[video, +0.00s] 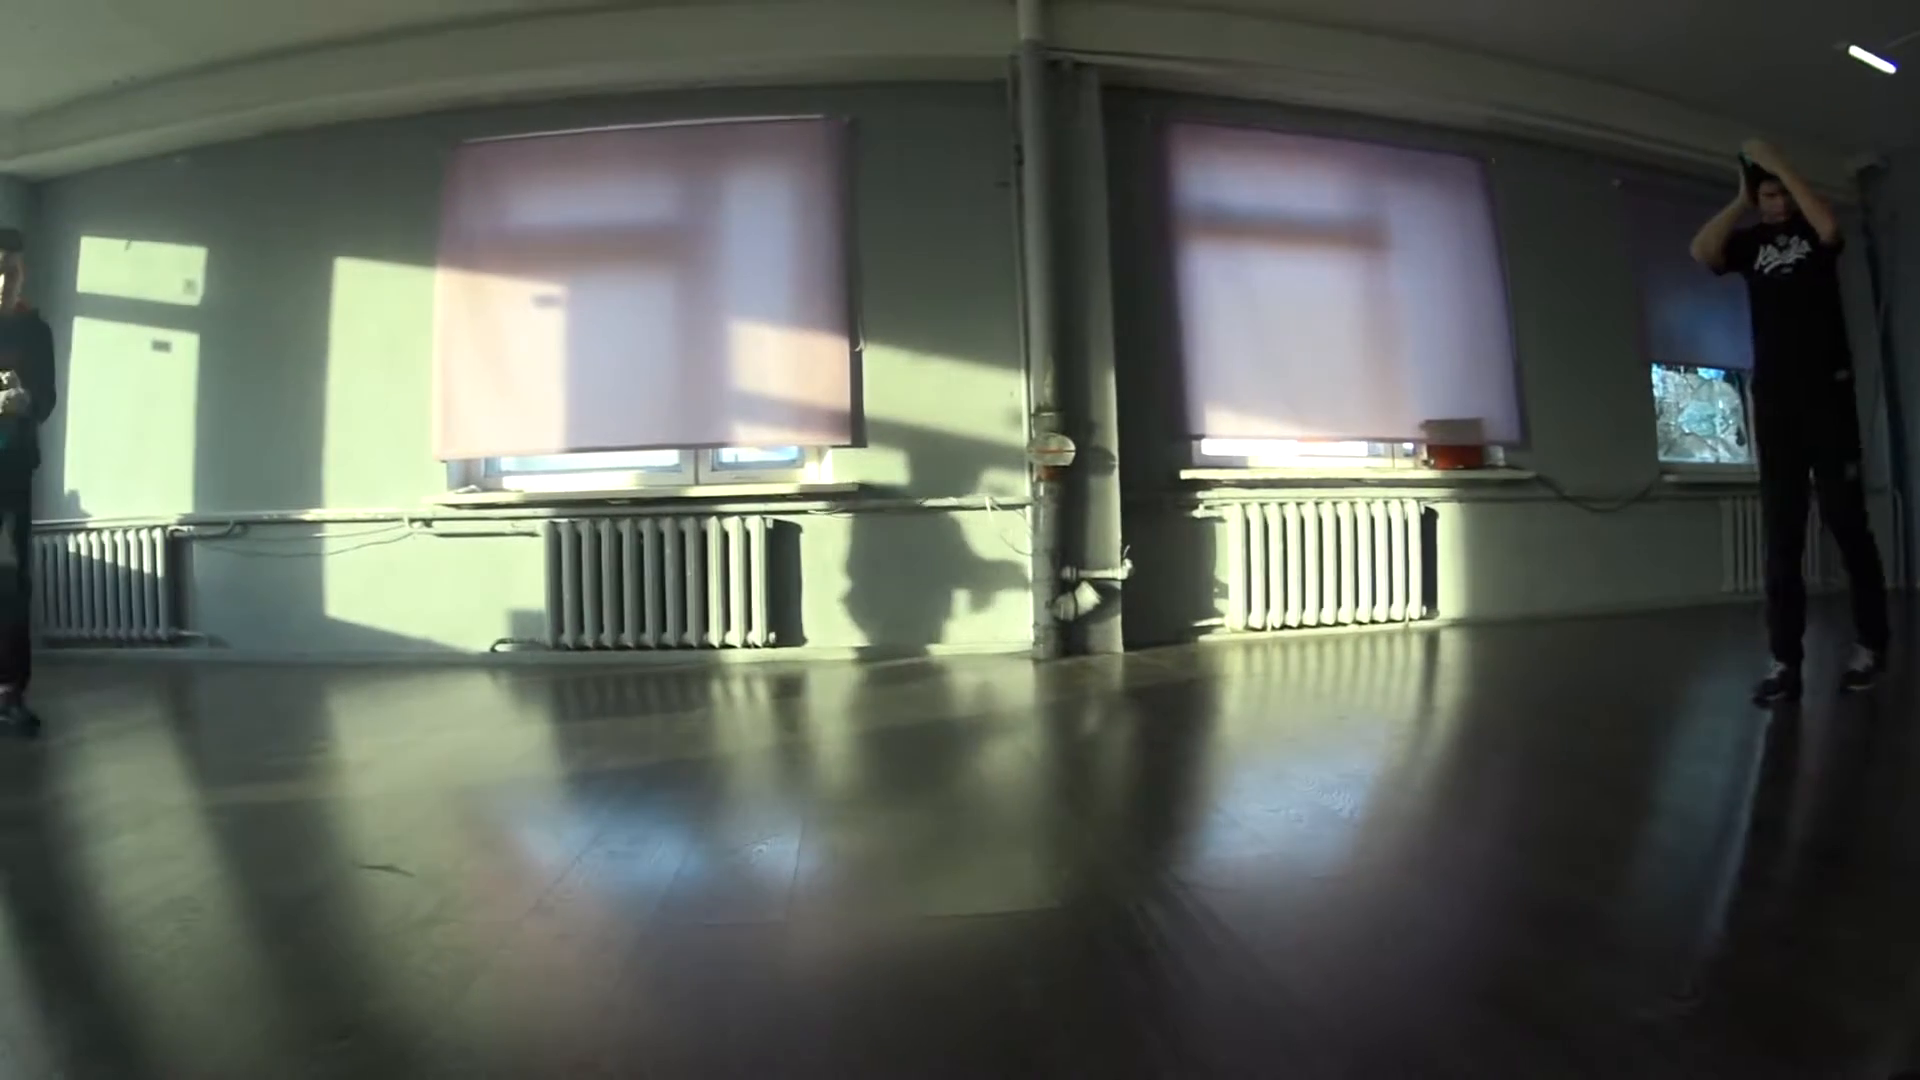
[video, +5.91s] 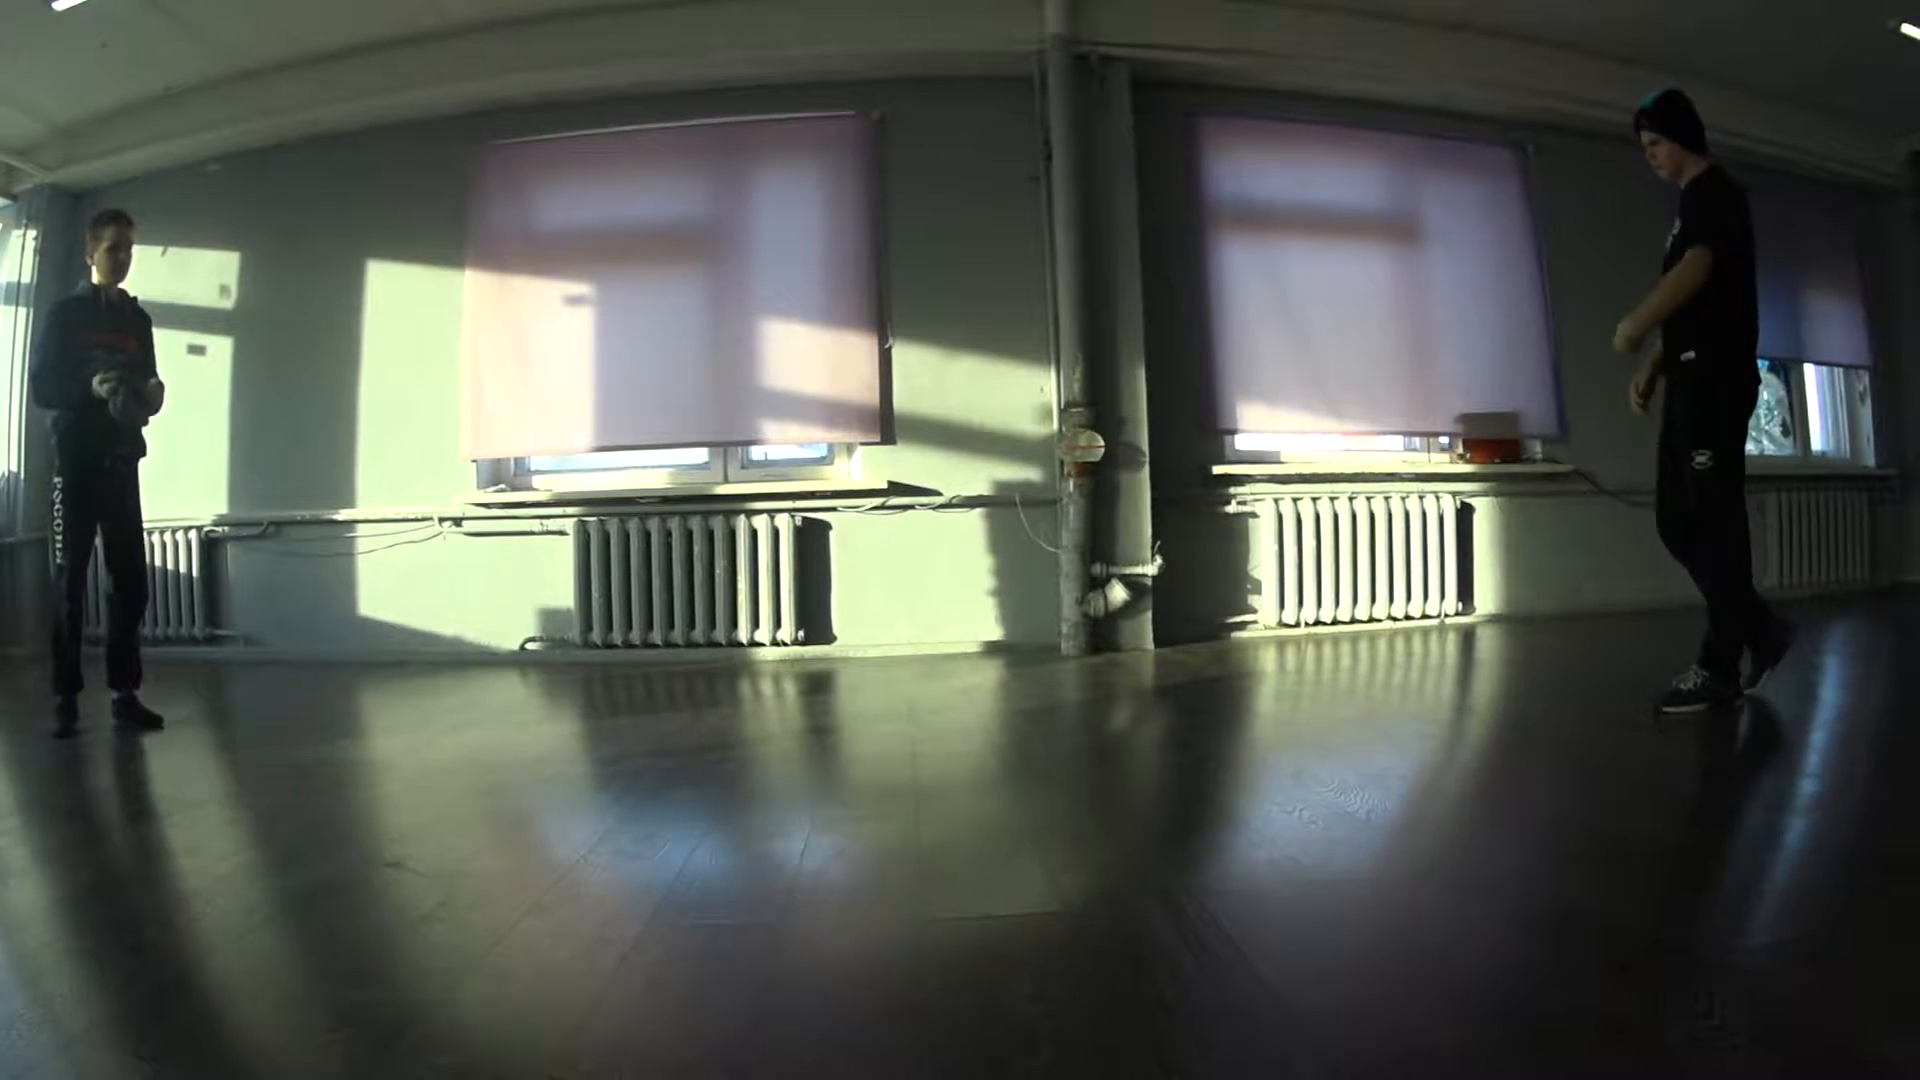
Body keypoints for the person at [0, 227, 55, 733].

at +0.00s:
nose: (6, 281)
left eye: (11, 272)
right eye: (2, 271)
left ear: (22, 277)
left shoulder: (31, 329)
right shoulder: (22, 330)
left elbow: (42, 401)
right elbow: (41, 400)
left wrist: (22, 401)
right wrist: (17, 397)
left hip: (14, 465)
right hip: (9, 466)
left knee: (15, 572)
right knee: (12, 572)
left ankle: (13, 691)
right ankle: (10, 689)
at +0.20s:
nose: (59, 281)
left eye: (67, 273)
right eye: (51, 273)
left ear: (78, 278)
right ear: (37, 279)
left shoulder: (91, 333)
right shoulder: (23, 327)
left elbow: (100, 396)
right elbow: (14, 383)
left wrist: (89, 411)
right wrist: (52, 400)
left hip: (71, 460)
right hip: (26, 460)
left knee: (88, 568)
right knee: (27, 571)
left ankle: (93, 683)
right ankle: (39, 688)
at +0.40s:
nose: (119, 282)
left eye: (125, 274)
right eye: (111, 274)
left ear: (134, 279)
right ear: (95, 280)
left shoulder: (147, 334)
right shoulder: (82, 326)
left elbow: (153, 393)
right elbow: (73, 379)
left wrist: (142, 419)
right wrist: (114, 395)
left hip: (127, 459)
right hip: (82, 459)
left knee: (136, 568)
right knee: (80, 568)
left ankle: (145, 682)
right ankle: (81, 686)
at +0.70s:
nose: (198, 287)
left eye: (204, 279)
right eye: (191, 279)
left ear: (212, 285)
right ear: (172, 284)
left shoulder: (220, 343)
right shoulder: (155, 331)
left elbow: (225, 403)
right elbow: (152, 390)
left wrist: (216, 428)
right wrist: (195, 388)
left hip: (196, 468)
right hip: (154, 464)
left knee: (199, 574)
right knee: (143, 570)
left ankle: (191, 681)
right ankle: (131, 684)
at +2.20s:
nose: (134, 279)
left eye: (140, 271)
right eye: (125, 271)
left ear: (147, 273)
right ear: (105, 274)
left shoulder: (158, 330)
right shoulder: (92, 324)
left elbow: (167, 403)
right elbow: (90, 389)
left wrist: (155, 396)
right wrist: (135, 370)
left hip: (142, 463)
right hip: (98, 463)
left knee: (153, 577)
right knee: (99, 578)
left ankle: (172, 691)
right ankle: (105, 691)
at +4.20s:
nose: (121, 261)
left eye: (127, 253)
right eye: (112, 253)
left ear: (136, 254)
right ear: (93, 256)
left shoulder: (148, 315)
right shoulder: (75, 312)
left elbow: (167, 397)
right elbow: (53, 388)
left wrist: (157, 376)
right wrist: (101, 378)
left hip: (131, 455)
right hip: (85, 455)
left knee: (137, 574)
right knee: (78, 573)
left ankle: (134, 694)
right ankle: (75, 697)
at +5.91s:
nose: (122, 256)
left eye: (128, 247)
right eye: (113, 247)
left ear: (134, 252)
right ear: (90, 252)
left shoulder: (137, 317)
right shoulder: (65, 311)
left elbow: (152, 395)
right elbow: (41, 390)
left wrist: (149, 396)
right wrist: (90, 390)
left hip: (122, 458)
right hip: (77, 458)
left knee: (131, 577)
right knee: (72, 577)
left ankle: (125, 696)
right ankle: (66, 700)